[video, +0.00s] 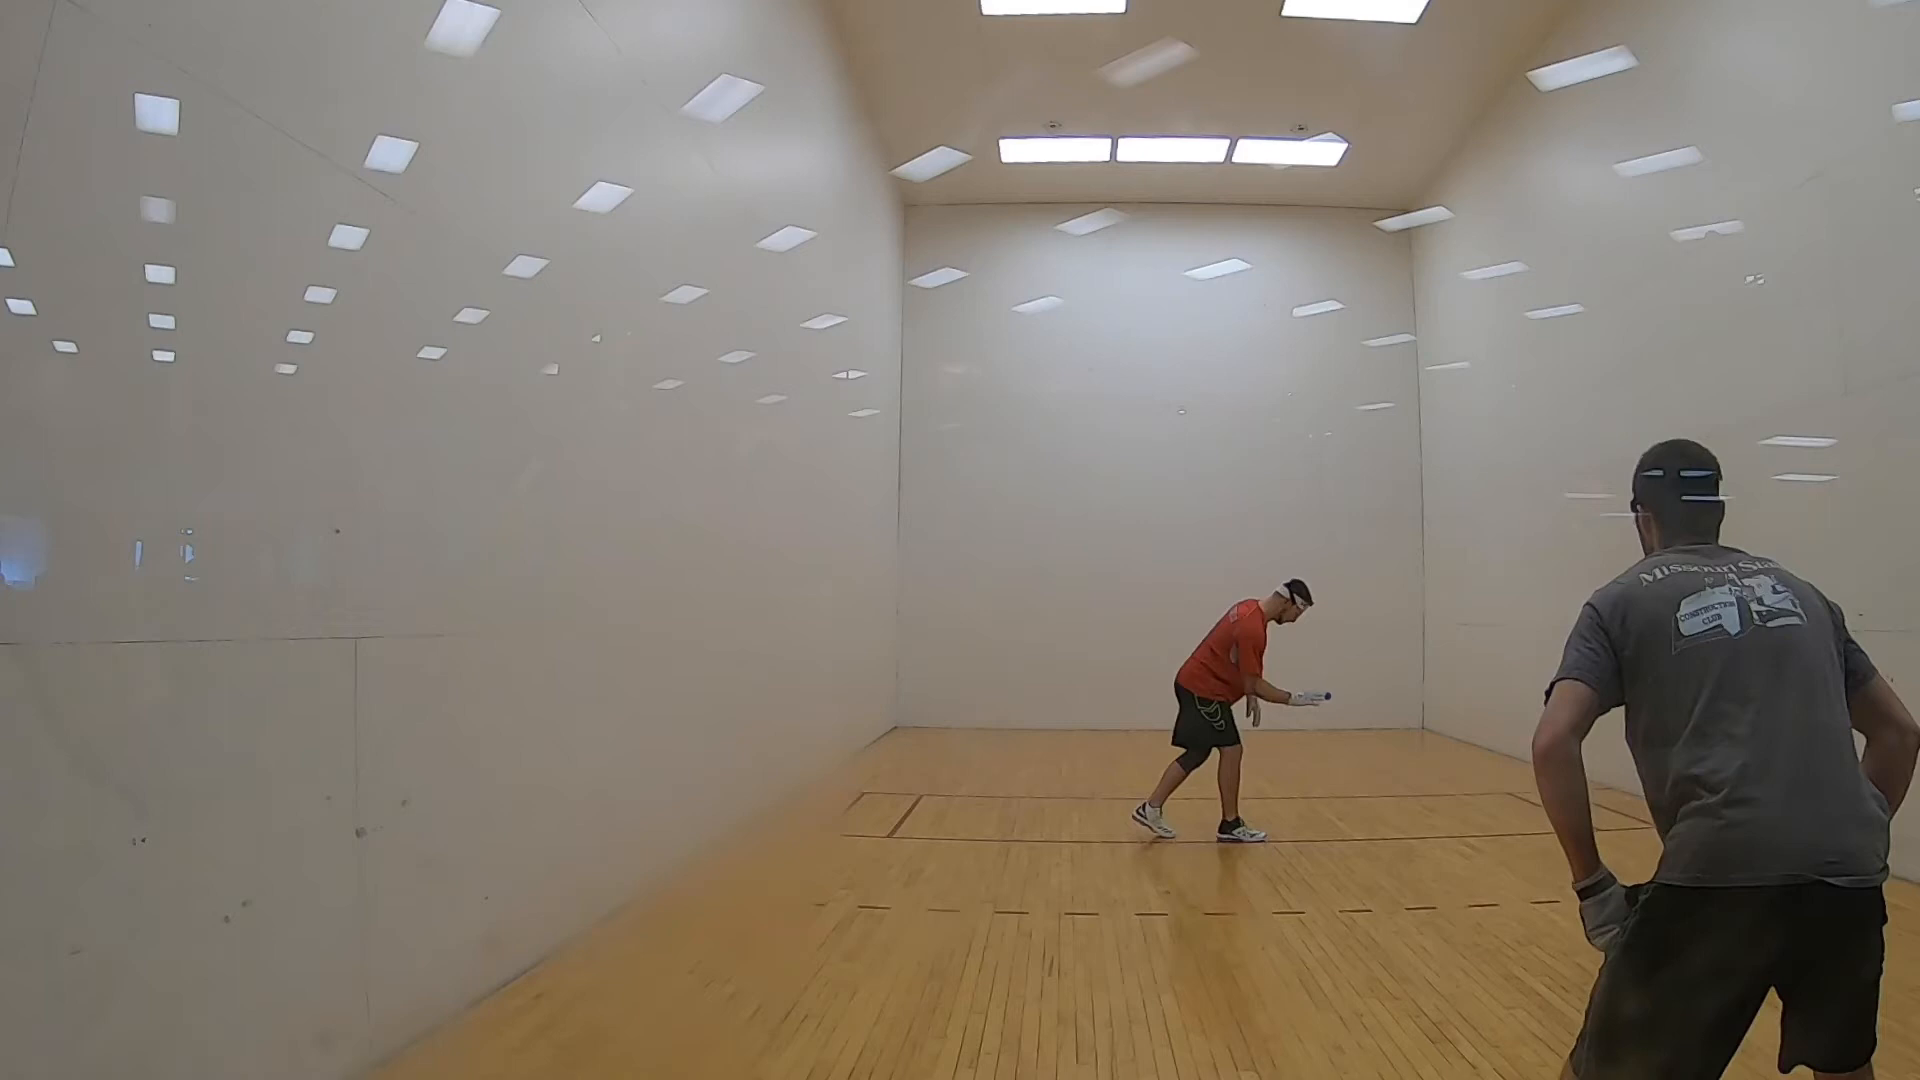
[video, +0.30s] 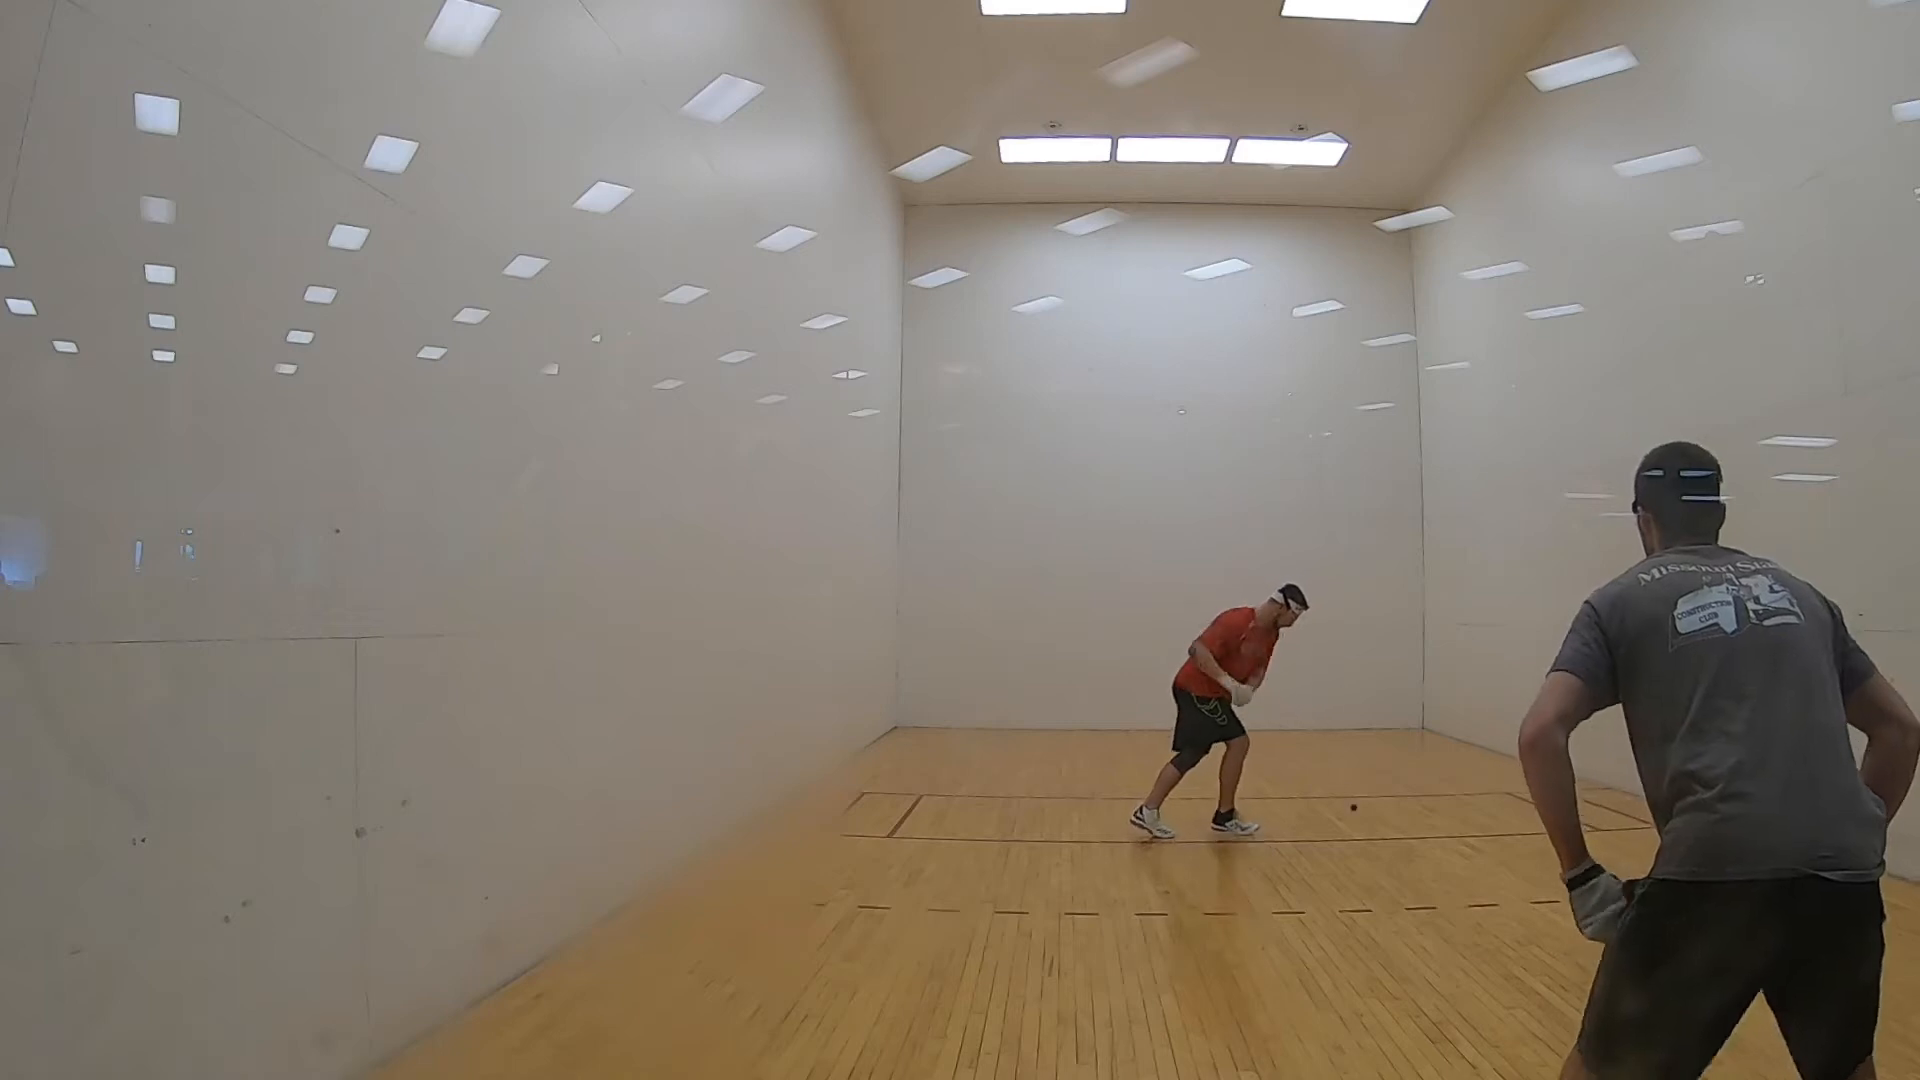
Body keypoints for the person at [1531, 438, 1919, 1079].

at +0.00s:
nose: (1640, 526)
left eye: (1639, 515)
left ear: (1645, 517)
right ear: (1720, 511)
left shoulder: (1622, 600)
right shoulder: (1805, 593)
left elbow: (1553, 742)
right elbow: (1898, 733)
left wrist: (1593, 884)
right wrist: (1851, 846)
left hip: (1715, 879)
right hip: (1848, 877)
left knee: (1607, 1067)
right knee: (1845, 1066)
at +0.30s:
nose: (1641, 527)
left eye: (1639, 517)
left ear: (1645, 520)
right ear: (1721, 515)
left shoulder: (1620, 601)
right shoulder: (1804, 594)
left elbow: (1540, 733)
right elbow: (1899, 730)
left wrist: (1580, 874)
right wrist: (1852, 846)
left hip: (1710, 879)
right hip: (1843, 878)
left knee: (1597, 1067)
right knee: (1849, 1067)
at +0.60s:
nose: (1658, 514)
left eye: (1656, 504)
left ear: (1663, 509)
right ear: (1738, 509)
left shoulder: (1632, 594)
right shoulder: (1816, 590)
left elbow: (1571, 722)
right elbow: (1906, 723)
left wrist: (1584, 881)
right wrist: (1860, 843)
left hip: (1703, 867)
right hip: (1834, 869)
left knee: (1595, 1060)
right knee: (1846, 1062)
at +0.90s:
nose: (1693, 509)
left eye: (1691, 500)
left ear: (1691, 505)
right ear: (1767, 506)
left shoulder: (1651, 583)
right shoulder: (1835, 593)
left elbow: (1589, 712)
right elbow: (1911, 727)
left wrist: (1579, 868)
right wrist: (1874, 863)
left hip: (1698, 864)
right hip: (1830, 872)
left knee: (1595, 1057)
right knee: (1842, 1064)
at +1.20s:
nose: (1728, 504)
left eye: (1726, 495)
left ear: (1730, 501)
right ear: (1807, 507)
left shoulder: (1671, 584)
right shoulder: (1861, 600)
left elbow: (1605, 720)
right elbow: (1911, 745)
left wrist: (1610, 853)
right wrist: (1885, 878)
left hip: (1692, 863)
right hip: (1828, 872)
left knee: (1602, 1054)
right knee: (1849, 1054)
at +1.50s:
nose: (1877, 511)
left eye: (1875, 502)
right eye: (1885, 501)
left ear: (1877, 510)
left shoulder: (1817, 594)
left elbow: (1737, 707)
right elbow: (1738, 705)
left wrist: (1760, 794)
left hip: (1790, 860)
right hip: (1903, 873)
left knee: (1702, 1041)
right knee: (1909, 1057)